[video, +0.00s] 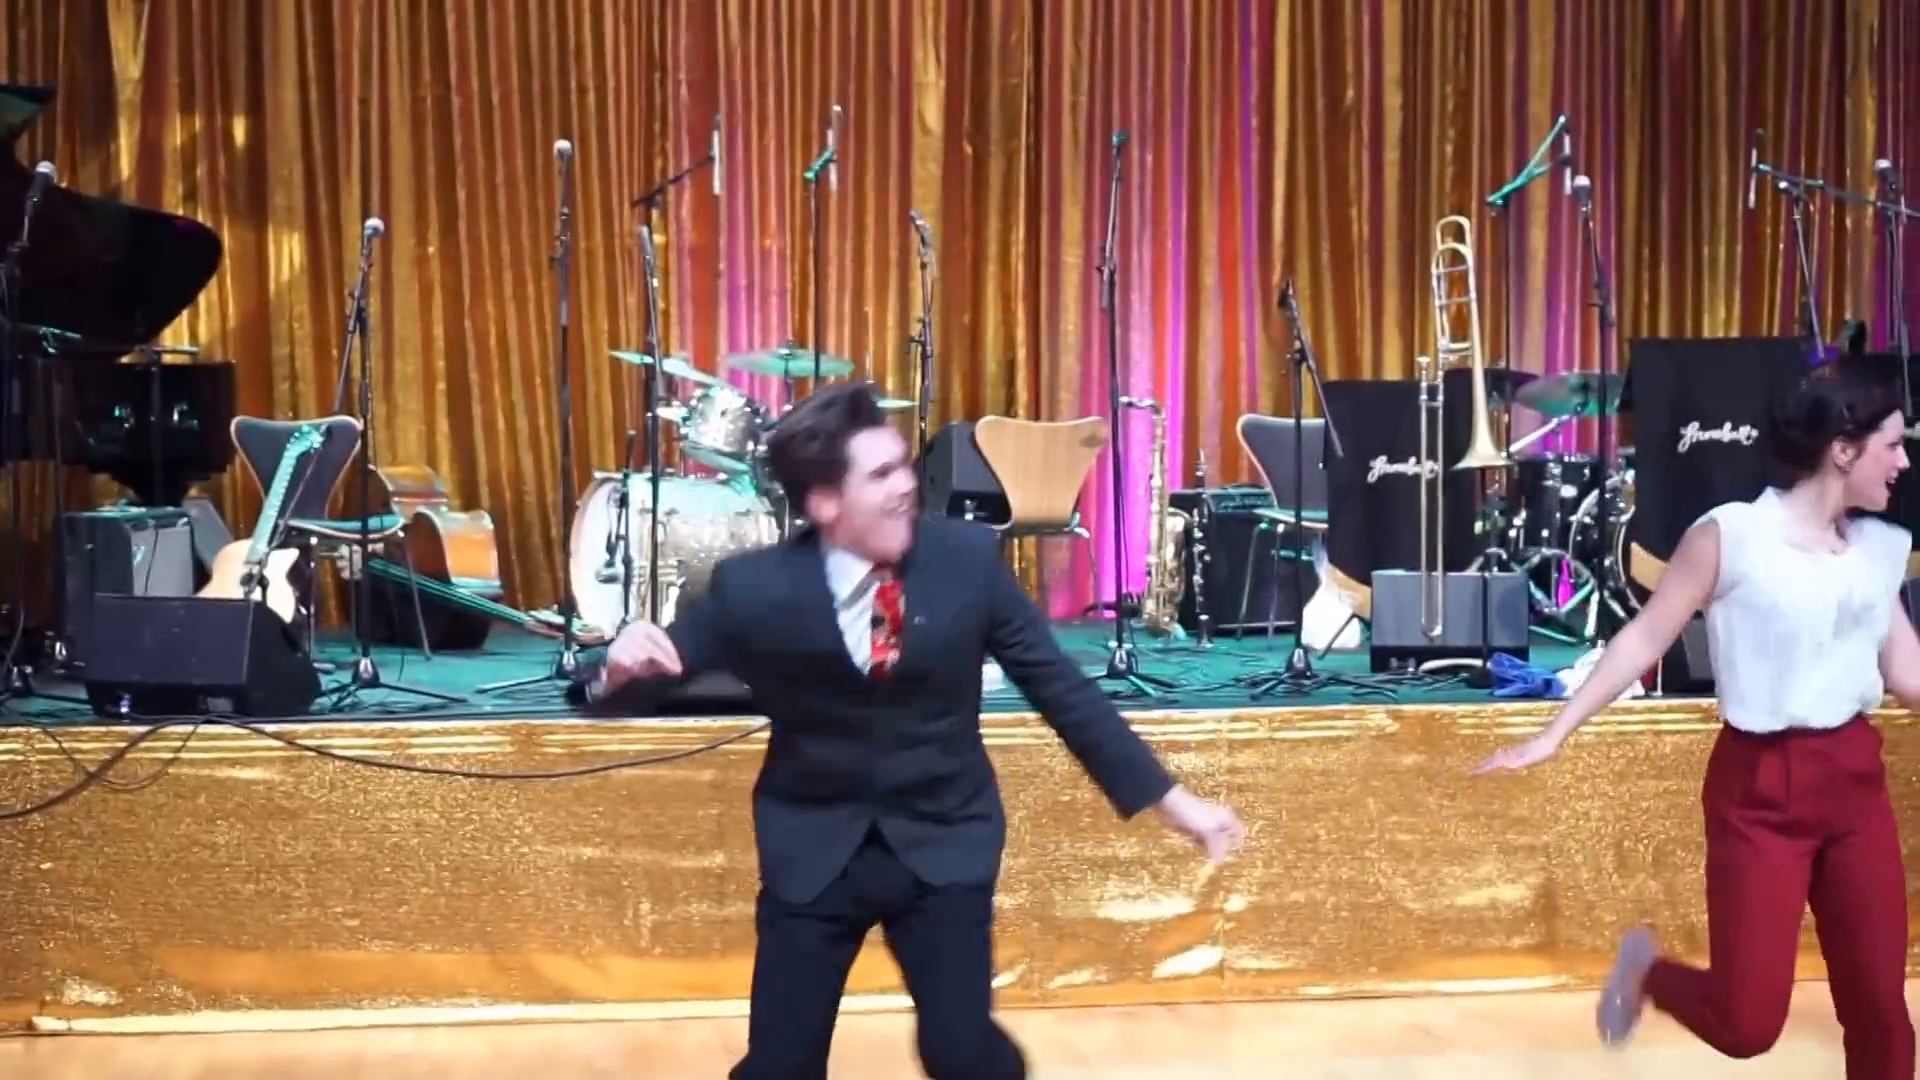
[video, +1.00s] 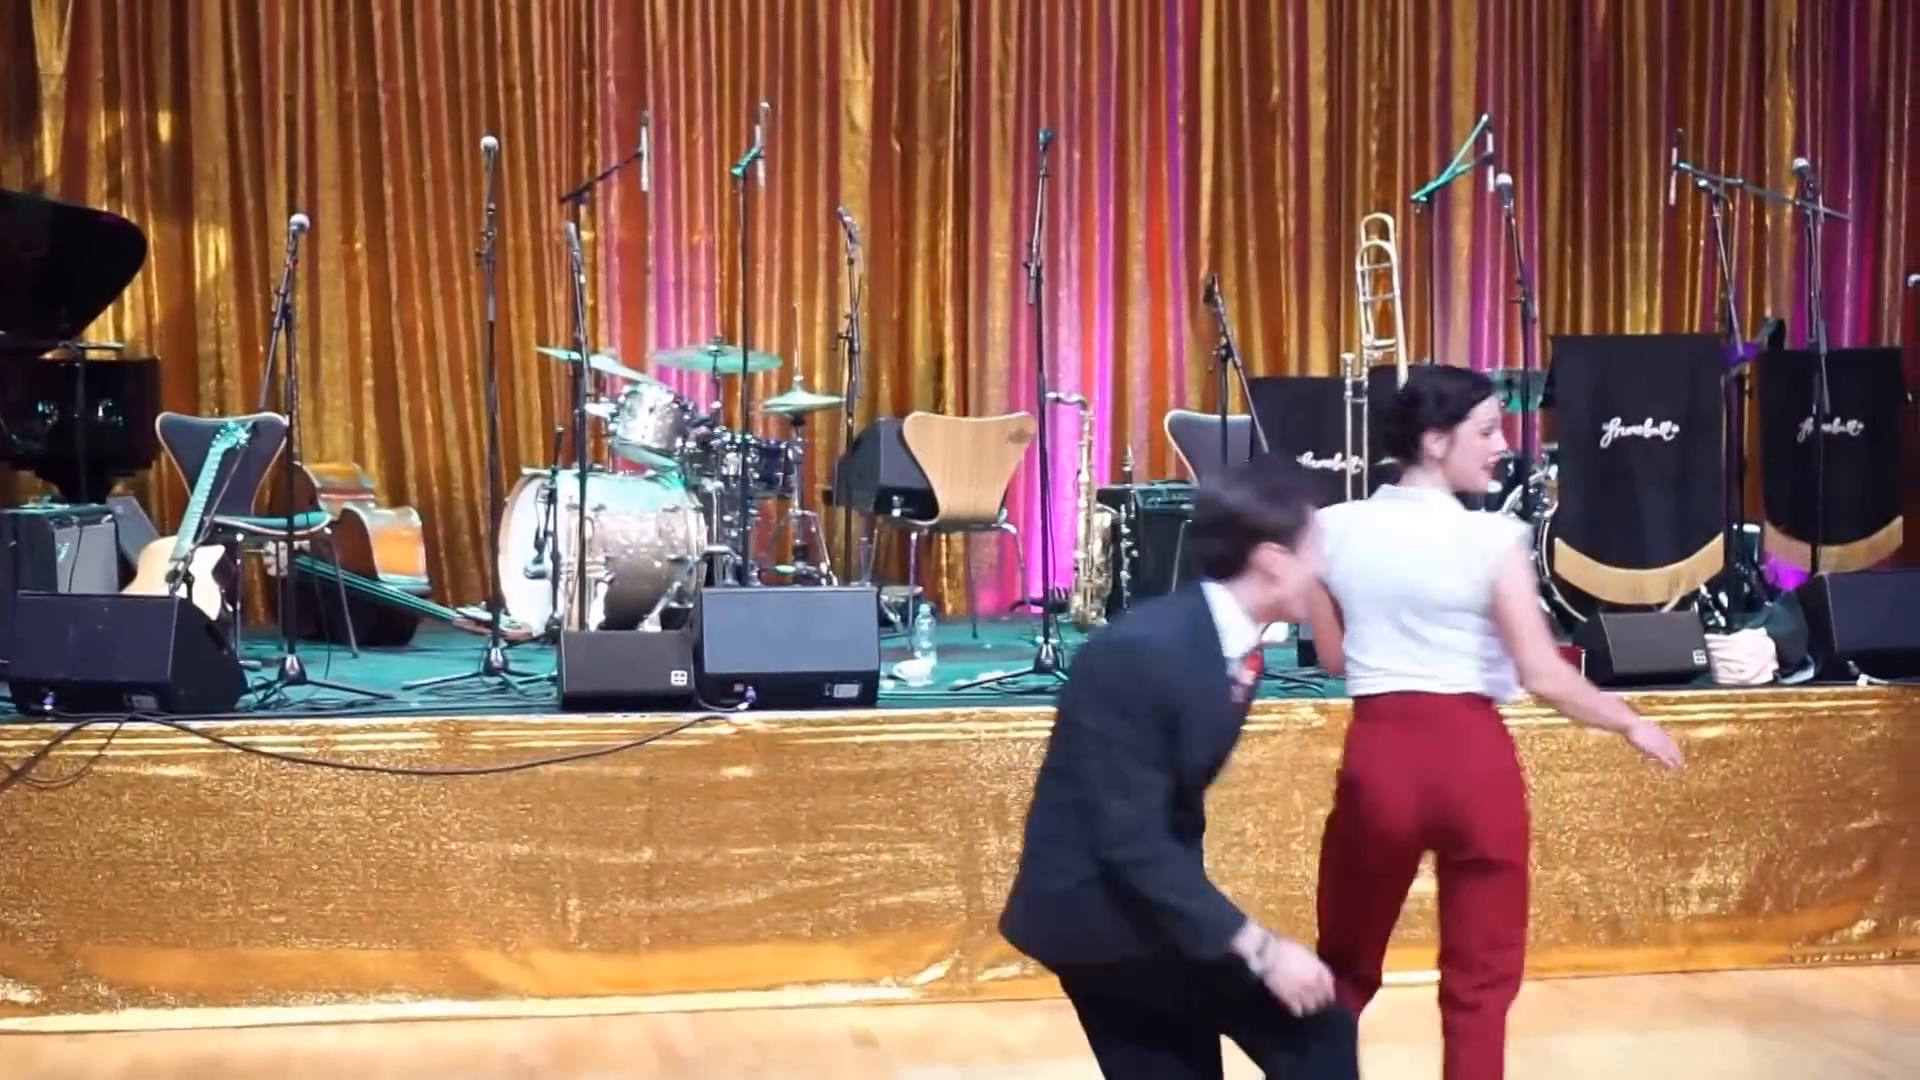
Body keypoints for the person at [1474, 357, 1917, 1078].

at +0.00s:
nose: (1903, 462)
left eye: (1903, 444)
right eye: (1893, 445)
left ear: (1849, 452)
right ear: (1842, 450)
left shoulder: (1878, 551)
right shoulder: (1725, 537)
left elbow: (1906, 675)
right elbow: (1640, 643)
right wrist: (1553, 735)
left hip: (1858, 790)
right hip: (1758, 793)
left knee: (1881, 1015)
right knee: (1749, 1027)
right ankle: (1645, 969)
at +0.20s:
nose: (1836, 451)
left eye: (1852, 434)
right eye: (1818, 431)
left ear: (1870, 443)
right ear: (1784, 435)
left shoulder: (1872, 552)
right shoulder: (1711, 526)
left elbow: (1889, 677)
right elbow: (1622, 617)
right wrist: (1530, 700)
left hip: (1827, 783)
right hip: (1722, 780)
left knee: (1835, 1012)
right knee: (1713, 1006)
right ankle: (1641, 983)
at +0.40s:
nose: (1683, 447)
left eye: (1700, 431)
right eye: (1677, 431)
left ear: (1756, 433)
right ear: (1674, 436)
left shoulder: (1816, 534)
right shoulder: (1640, 523)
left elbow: (1856, 668)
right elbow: (1541, 600)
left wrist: (1900, 647)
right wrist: (1434, 656)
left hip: (1774, 785)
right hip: (1660, 783)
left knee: (1809, 1014)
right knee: (1608, 998)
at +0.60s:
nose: (1562, 445)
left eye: (1578, 428)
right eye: (1558, 428)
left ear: (1634, 435)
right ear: (1560, 434)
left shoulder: (1689, 546)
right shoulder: (1556, 519)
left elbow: (1661, 681)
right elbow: (1538, 607)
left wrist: (1617, 655)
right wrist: (1484, 666)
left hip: (1649, 774)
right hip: (1558, 774)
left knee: (1690, 993)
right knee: (1541, 981)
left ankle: (1791, 1078)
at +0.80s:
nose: (1446, 450)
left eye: (1452, 436)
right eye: (1447, 435)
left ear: (1489, 445)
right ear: (1533, 446)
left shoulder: (1486, 551)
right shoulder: (1588, 539)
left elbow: (1420, 679)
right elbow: (1628, 656)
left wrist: (1374, 638)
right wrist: (1625, 714)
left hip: (1521, 793)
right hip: (1578, 784)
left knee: (1402, 972)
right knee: (1524, 1002)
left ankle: (1592, 971)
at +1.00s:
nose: (1500, 446)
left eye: (1500, 430)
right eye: (1486, 430)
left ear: (1427, 443)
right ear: (1434, 441)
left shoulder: (1334, 527)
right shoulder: (1497, 537)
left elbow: (1333, 656)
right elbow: (1541, 674)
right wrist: (1633, 723)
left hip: (1379, 755)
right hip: (1477, 756)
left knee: (1343, 977)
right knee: (1479, 994)